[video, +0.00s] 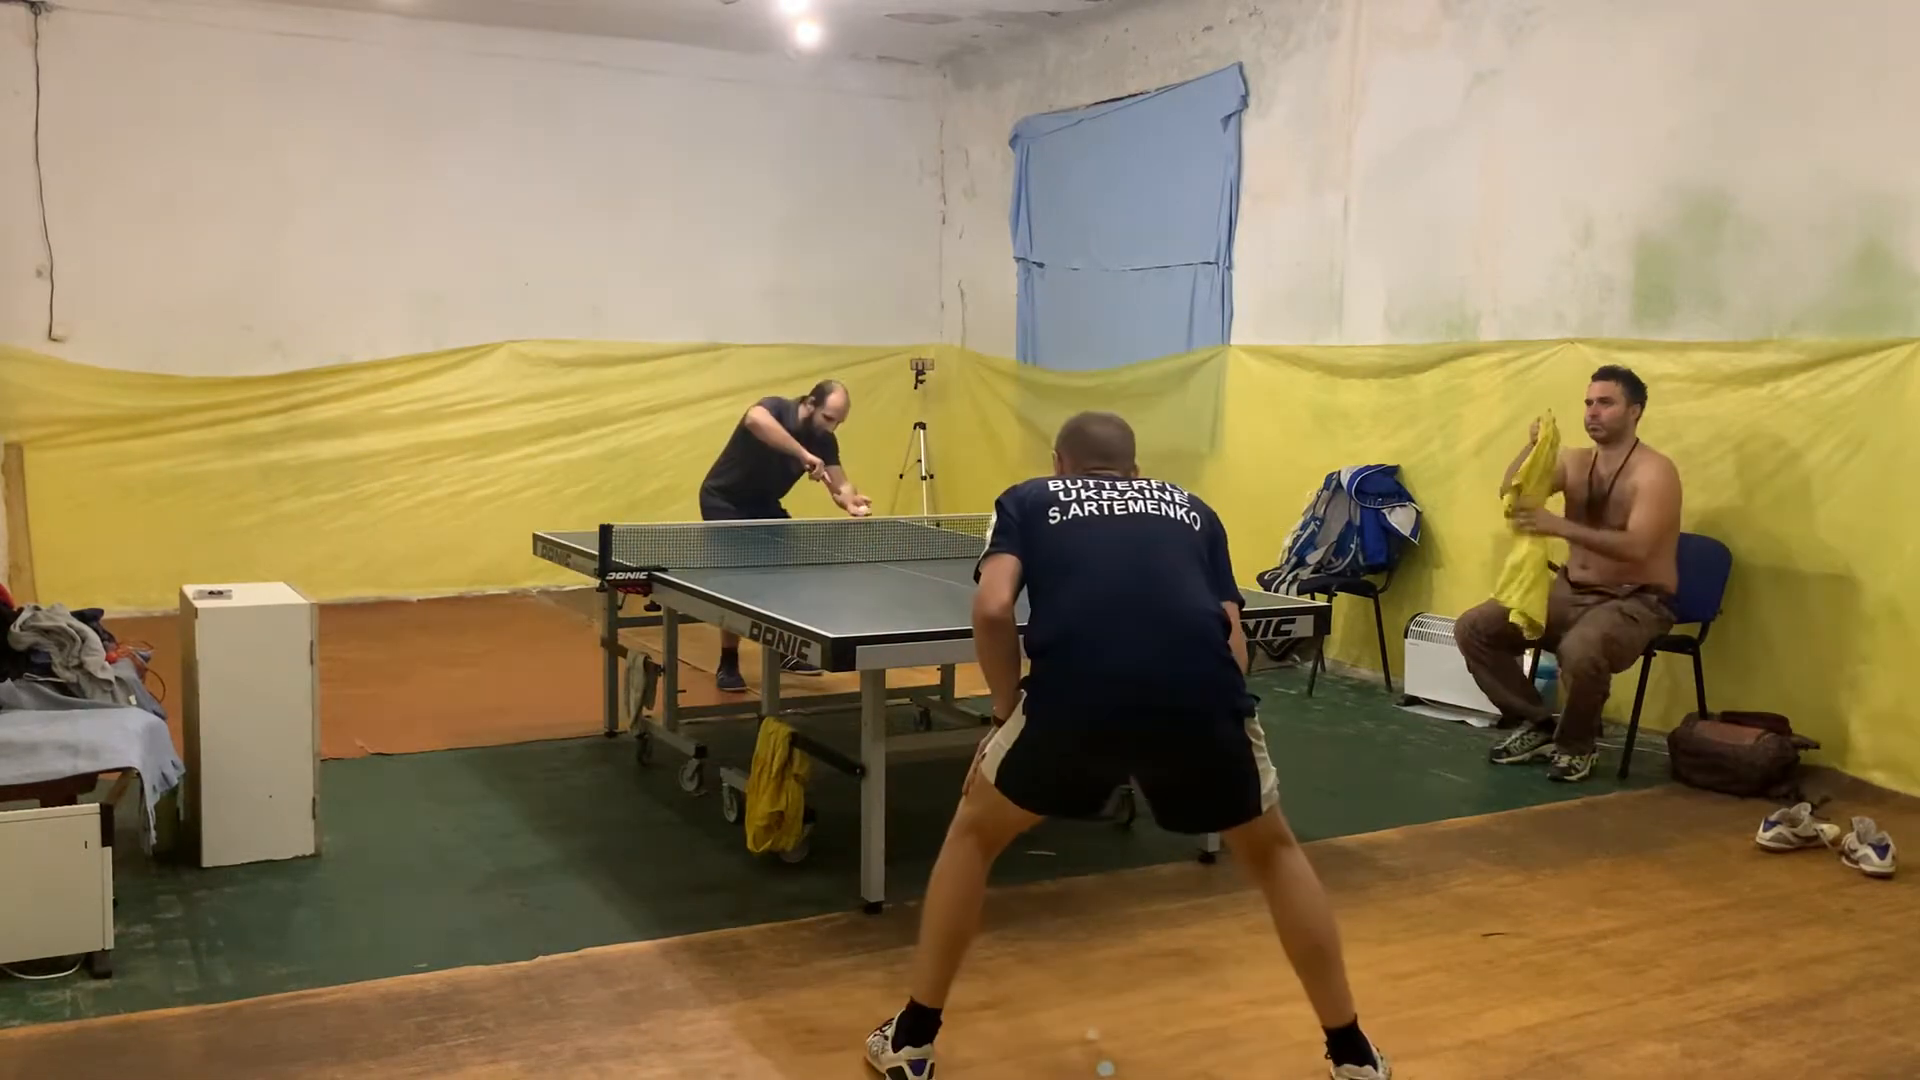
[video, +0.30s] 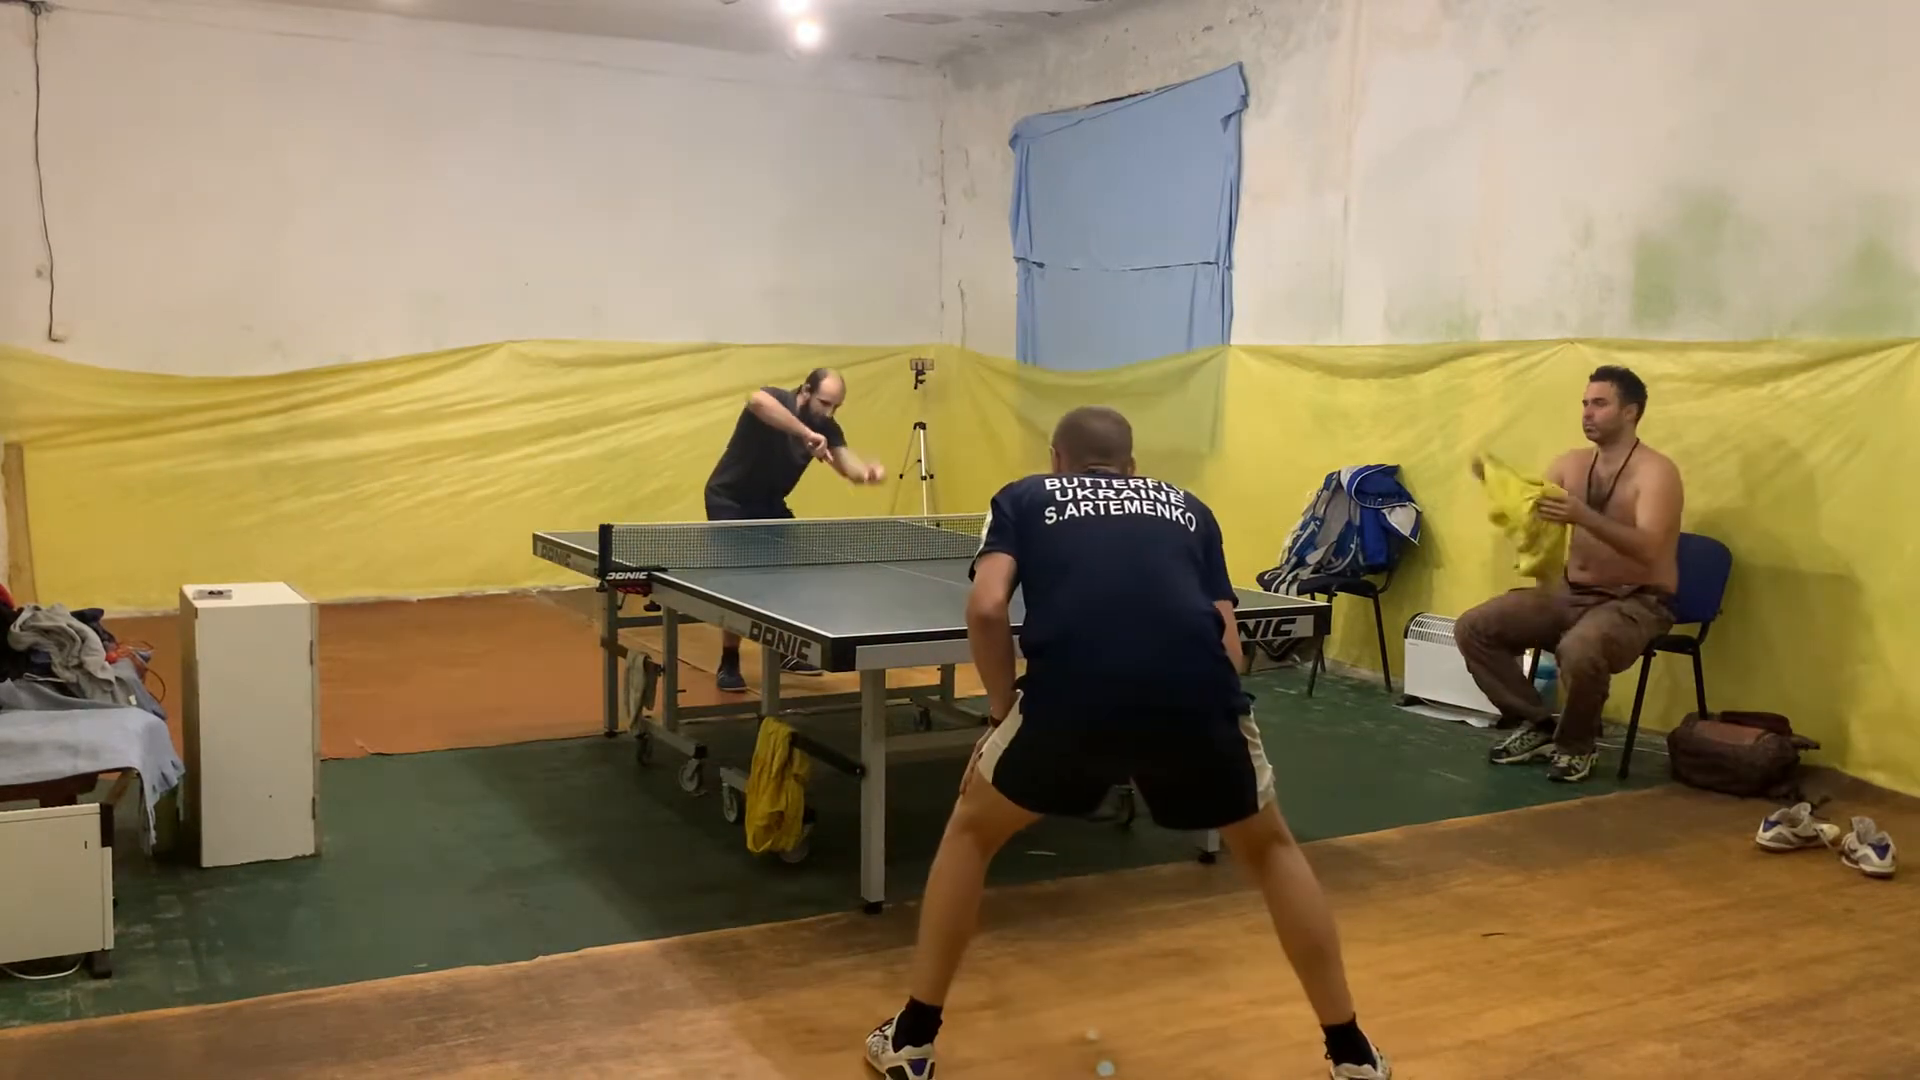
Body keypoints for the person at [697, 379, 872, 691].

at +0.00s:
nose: (832, 427)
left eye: (838, 422)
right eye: (829, 418)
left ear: (840, 416)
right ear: (810, 405)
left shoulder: (824, 440)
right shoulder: (778, 408)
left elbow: (839, 483)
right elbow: (754, 419)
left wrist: (849, 498)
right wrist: (802, 454)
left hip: (765, 504)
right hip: (723, 499)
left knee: (794, 569)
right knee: (736, 577)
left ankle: (785, 650)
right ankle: (729, 664)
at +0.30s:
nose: (829, 413)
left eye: (835, 406)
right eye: (824, 403)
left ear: (839, 404)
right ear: (805, 393)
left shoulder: (827, 427)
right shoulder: (777, 399)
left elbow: (842, 460)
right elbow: (757, 402)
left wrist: (863, 473)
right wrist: (804, 432)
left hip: (771, 504)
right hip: (729, 500)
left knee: (792, 573)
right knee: (736, 579)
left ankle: (785, 649)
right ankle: (730, 663)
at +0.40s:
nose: (829, 392)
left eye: (834, 387)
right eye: (824, 384)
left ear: (836, 386)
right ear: (802, 378)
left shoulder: (826, 411)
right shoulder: (777, 387)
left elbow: (859, 443)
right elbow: (755, 389)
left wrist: (871, 429)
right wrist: (802, 413)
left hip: (775, 501)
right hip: (734, 497)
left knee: (798, 570)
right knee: (739, 576)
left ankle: (787, 649)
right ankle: (730, 661)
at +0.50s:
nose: (824, 373)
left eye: (829, 367)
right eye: (818, 365)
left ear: (833, 367)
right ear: (797, 359)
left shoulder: (825, 395)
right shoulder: (771, 376)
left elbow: (863, 430)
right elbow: (752, 383)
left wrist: (876, 419)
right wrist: (808, 399)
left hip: (778, 496)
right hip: (737, 492)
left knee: (801, 567)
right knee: (744, 574)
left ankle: (787, 648)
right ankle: (731, 660)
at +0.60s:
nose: (821, 360)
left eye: (826, 354)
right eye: (814, 352)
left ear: (829, 355)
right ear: (793, 349)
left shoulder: (822, 389)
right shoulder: (765, 369)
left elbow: (853, 423)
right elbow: (756, 387)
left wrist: (875, 433)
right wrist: (819, 392)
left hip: (780, 490)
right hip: (741, 487)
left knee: (799, 566)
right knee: (743, 571)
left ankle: (789, 648)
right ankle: (731, 658)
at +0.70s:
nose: (818, 356)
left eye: (823, 350)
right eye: (811, 348)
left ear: (826, 351)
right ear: (789, 344)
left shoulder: (817, 382)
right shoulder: (760, 368)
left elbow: (843, 423)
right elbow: (773, 396)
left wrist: (865, 447)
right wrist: (824, 387)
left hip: (781, 486)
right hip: (742, 485)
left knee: (797, 564)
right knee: (747, 568)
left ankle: (786, 648)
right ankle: (729, 659)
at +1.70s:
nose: (701, 356)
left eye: (706, 348)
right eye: (692, 349)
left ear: (712, 347)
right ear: (673, 351)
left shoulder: (726, 388)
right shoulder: (651, 392)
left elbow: (756, 435)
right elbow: (618, 444)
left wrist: (749, 474)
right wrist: (648, 461)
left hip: (715, 505)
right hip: (661, 508)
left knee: (760, 568)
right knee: (630, 584)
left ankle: (782, 648)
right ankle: (602, 660)